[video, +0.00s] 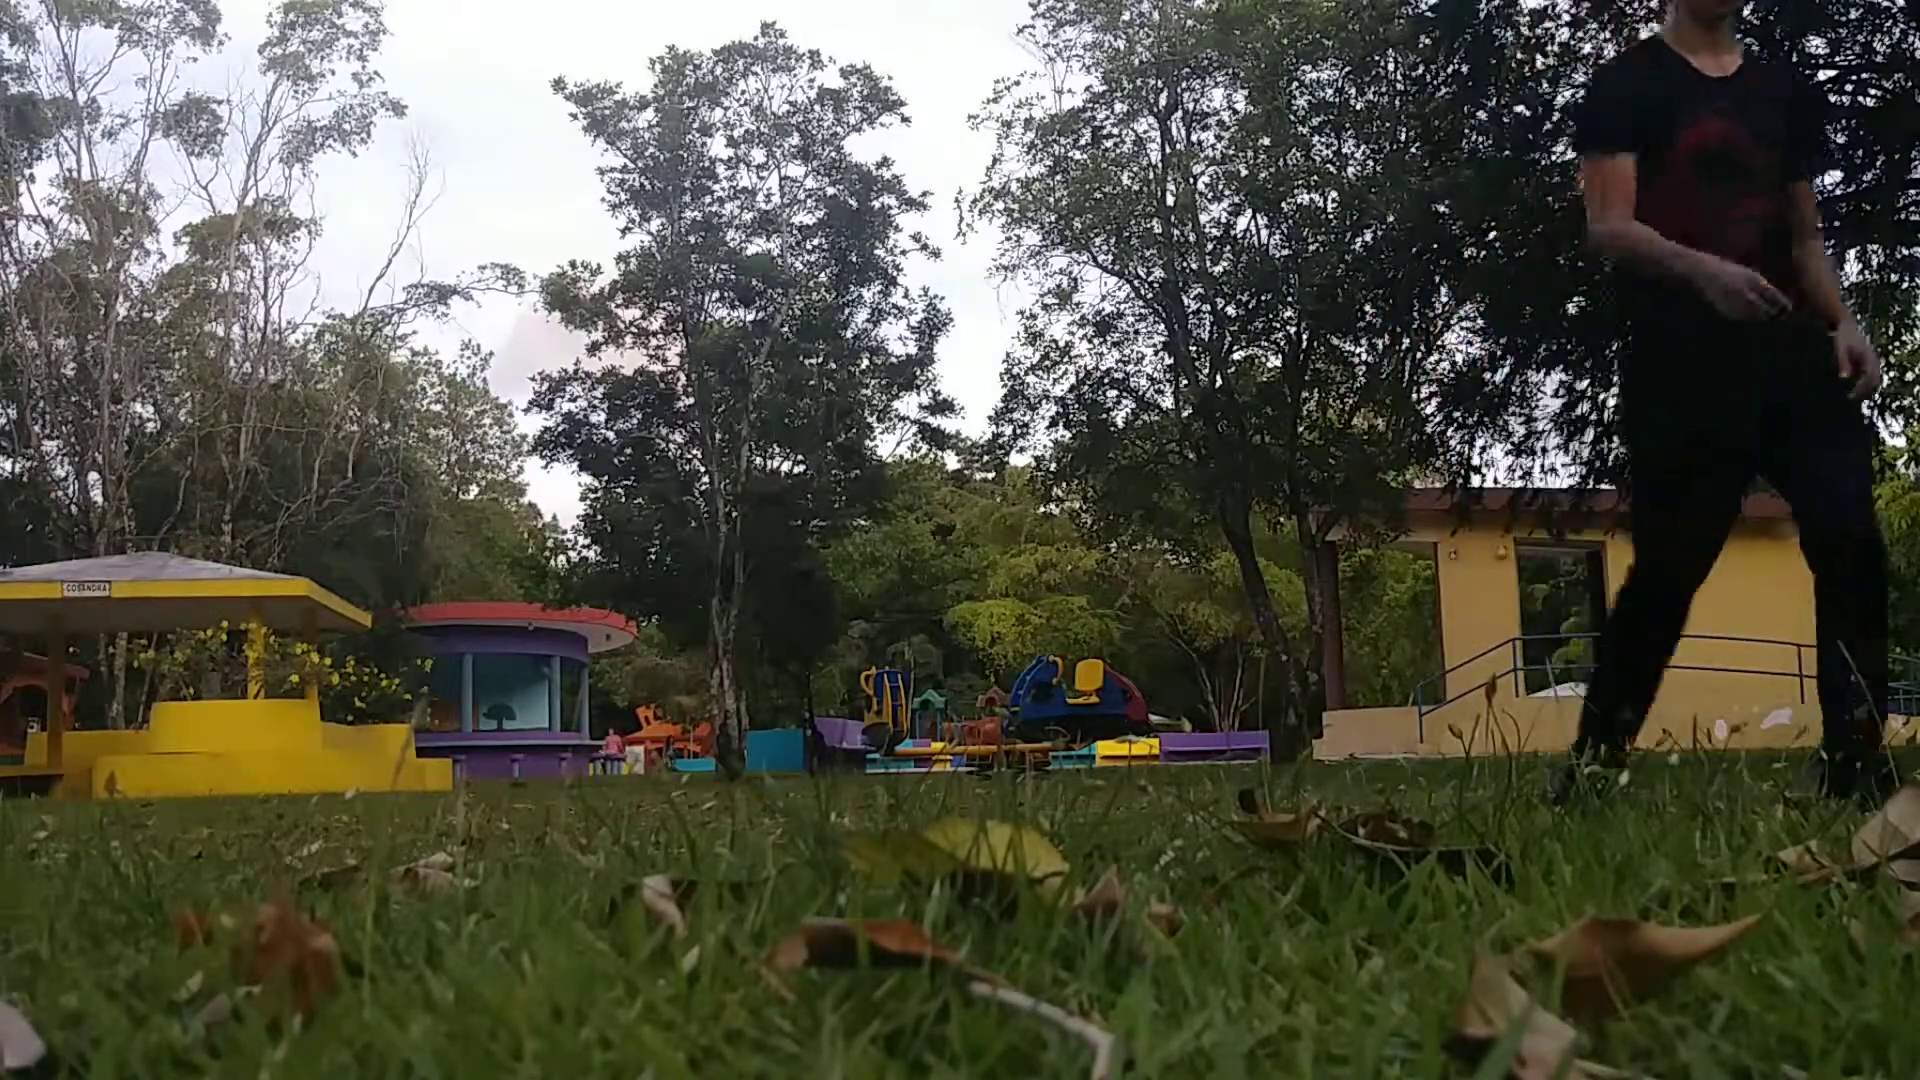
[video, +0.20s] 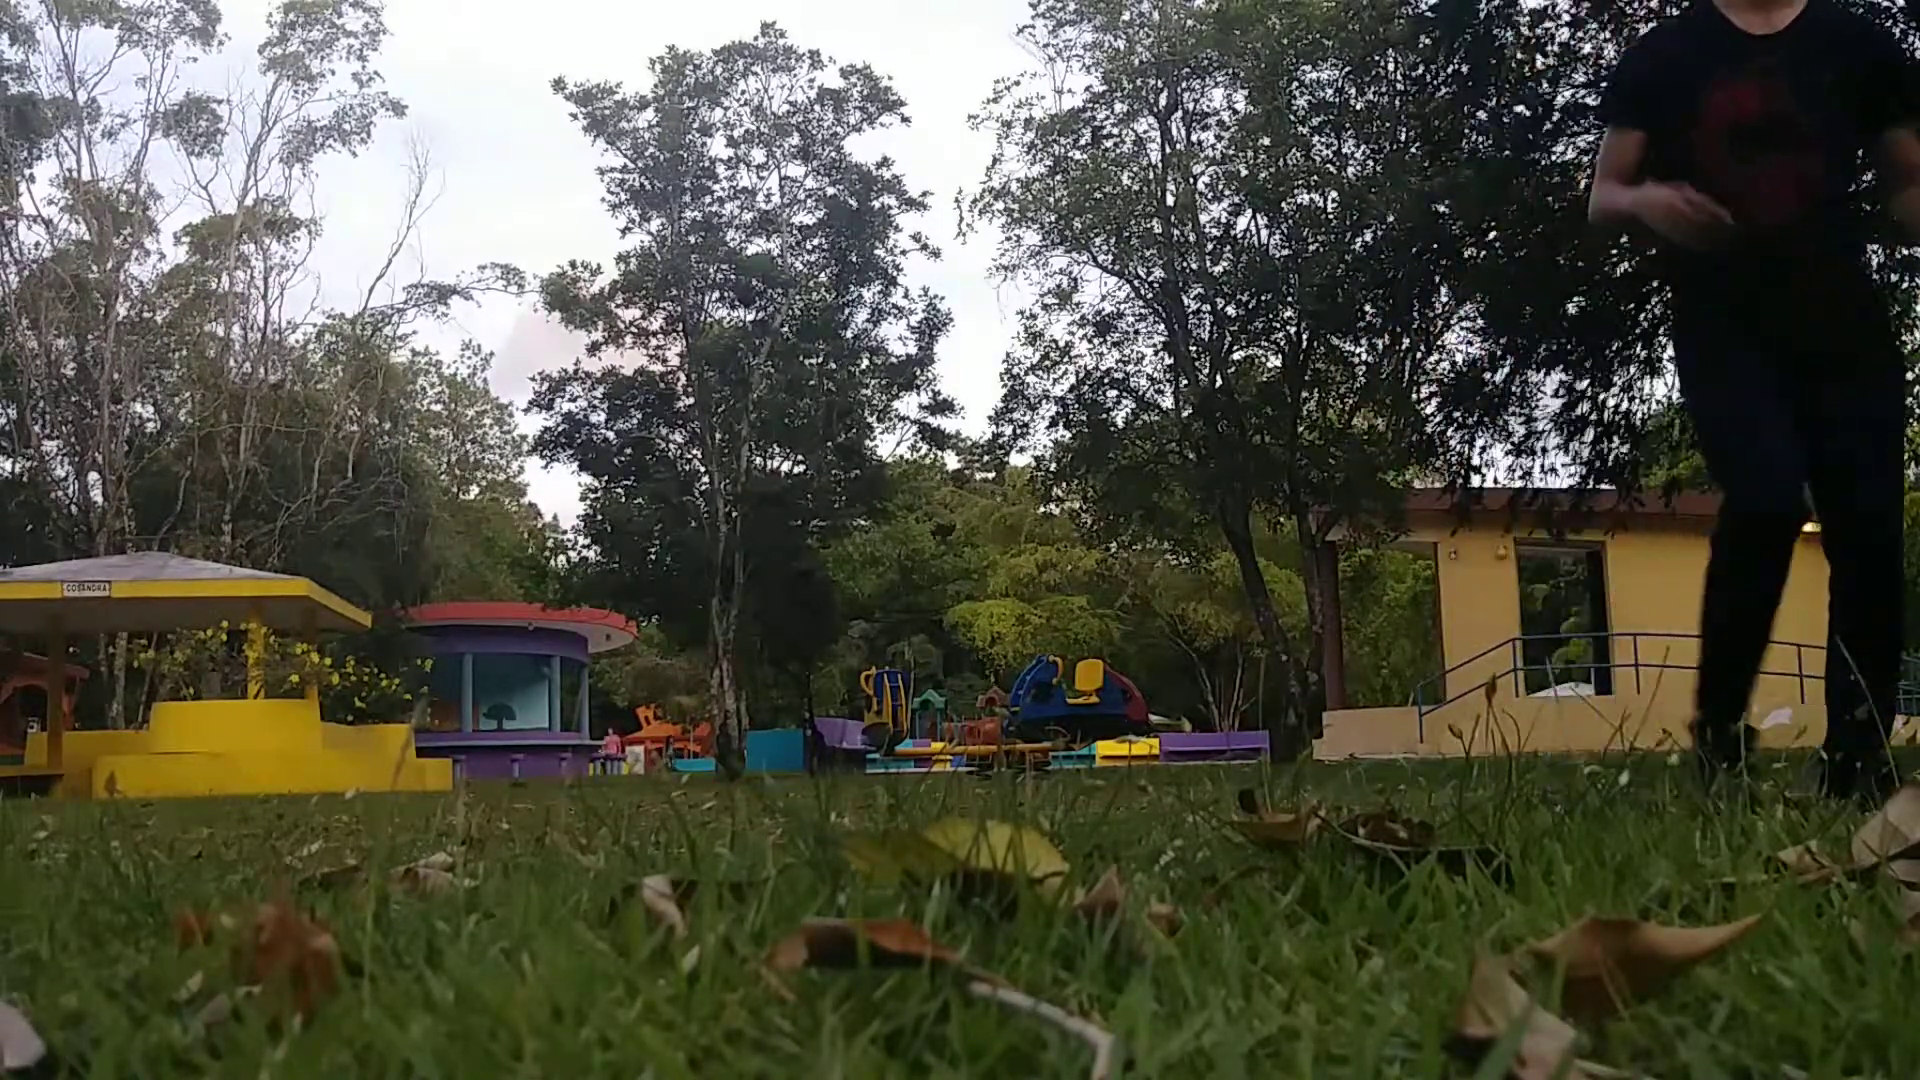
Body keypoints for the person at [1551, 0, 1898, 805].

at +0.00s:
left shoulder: (1785, 90)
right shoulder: (1626, 83)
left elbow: (1805, 239)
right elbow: (1608, 226)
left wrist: (1843, 318)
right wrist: (1702, 268)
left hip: (1793, 358)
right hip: (1683, 359)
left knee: (1853, 548)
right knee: (1669, 566)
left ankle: (1854, 761)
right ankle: (1594, 763)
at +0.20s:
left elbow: (1906, 191)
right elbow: (1603, 197)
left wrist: (1900, 209)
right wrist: (1647, 200)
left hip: (1842, 319)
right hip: (1723, 328)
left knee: (1871, 534)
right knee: (1765, 499)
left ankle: (1857, 757)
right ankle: (1719, 737)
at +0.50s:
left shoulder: (1888, 38)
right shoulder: (1755, 30)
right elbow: (1710, 175)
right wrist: (1732, 75)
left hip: (1896, 309)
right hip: (1791, 309)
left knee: (1913, 526)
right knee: (1786, 528)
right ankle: (1788, 744)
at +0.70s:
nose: (1723, 33)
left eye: (1734, 17)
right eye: (1714, 22)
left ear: (1774, 20)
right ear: (1709, 37)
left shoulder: (1861, 87)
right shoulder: (1738, 119)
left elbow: (1907, 140)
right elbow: (1706, 232)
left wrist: (1833, 150)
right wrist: (1750, 87)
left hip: (1900, 367)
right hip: (1819, 376)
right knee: (1711, 551)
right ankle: (1725, 718)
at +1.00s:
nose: (1668, 147)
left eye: (1678, 127)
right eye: (1651, 136)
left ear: (1703, 129)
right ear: (1631, 151)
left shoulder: (1756, 201)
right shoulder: (1621, 231)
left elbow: (1837, 257)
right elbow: (1592, 368)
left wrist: (1753, 167)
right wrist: (1630, 321)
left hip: (1784, 456)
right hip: (1681, 463)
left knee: (1832, 611)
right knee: (1583, 618)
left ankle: (1812, 762)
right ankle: (1649, 751)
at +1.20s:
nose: (1638, 211)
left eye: (1650, 194)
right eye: (1620, 199)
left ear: (1675, 201)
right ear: (1600, 217)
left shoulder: (1722, 291)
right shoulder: (1581, 295)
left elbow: (1740, 409)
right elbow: (1607, 305)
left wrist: (1701, 436)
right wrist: (1716, 239)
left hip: (1730, 524)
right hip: (1633, 527)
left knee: (1782, 637)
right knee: (1511, 647)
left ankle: (1805, 776)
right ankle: (1551, 788)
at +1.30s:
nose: (1620, 223)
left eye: (1632, 206)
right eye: (1604, 211)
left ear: (1653, 216)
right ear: (1583, 229)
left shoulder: (1710, 307)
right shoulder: (1570, 300)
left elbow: (1753, 420)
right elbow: (1626, 318)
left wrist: (1730, 483)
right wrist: (1736, 270)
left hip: (1719, 531)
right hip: (1621, 536)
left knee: (1765, 627)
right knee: (1500, 653)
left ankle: (1817, 772)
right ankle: (1549, 790)